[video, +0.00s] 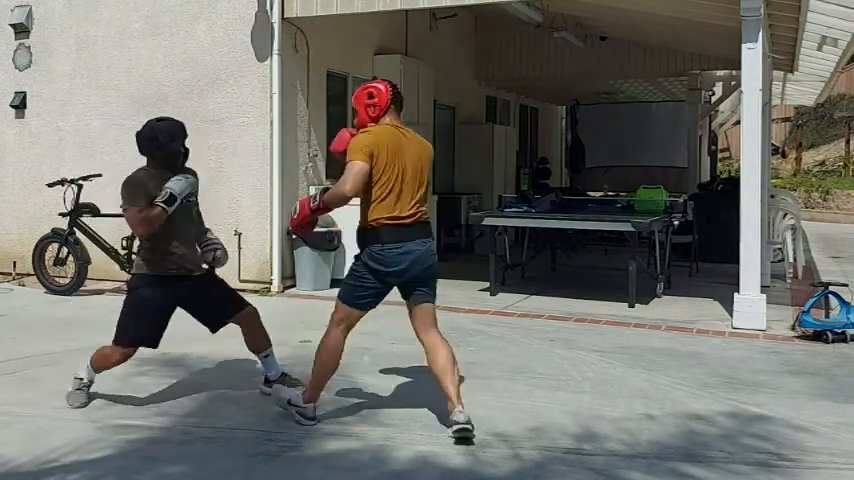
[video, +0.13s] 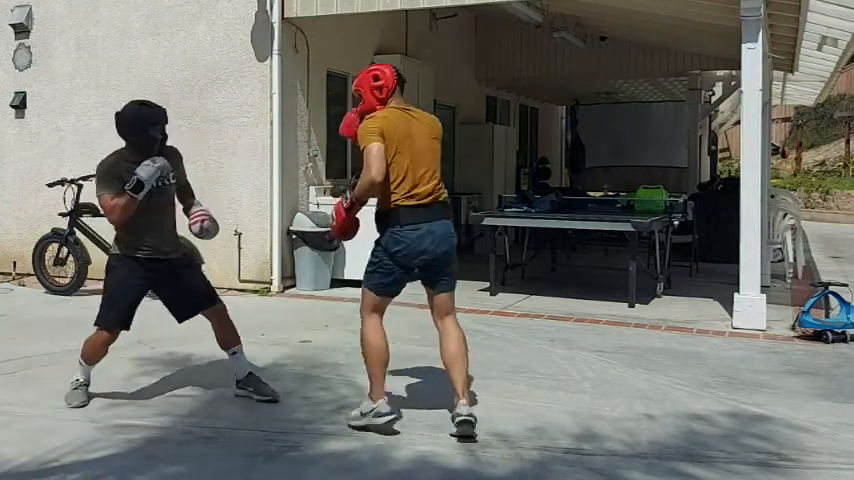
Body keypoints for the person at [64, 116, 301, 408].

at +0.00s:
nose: (186, 149)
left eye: (184, 143)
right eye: (179, 144)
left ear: (174, 148)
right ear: (160, 148)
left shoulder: (188, 178)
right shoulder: (136, 183)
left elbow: (195, 223)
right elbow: (142, 227)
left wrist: (211, 242)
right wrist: (169, 199)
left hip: (194, 276)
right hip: (153, 279)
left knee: (248, 316)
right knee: (122, 350)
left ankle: (274, 375)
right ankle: (84, 376)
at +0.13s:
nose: (164, 134)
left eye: (163, 127)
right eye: (157, 129)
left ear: (160, 129)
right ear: (137, 134)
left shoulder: (170, 156)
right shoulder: (110, 168)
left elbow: (187, 198)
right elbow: (115, 216)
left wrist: (199, 216)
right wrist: (138, 183)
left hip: (173, 257)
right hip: (130, 260)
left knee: (217, 311)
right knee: (107, 332)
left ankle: (244, 374)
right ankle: (81, 378)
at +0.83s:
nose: (177, 125)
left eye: (178, 120)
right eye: (173, 120)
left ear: (170, 123)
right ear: (153, 122)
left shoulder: (174, 150)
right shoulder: (117, 149)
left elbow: (187, 200)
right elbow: (140, 191)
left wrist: (196, 183)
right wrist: (155, 155)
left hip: (162, 247)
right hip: (119, 245)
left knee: (195, 306)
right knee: (96, 320)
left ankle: (203, 377)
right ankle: (80, 379)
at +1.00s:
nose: (171, 131)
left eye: (171, 126)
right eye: (167, 125)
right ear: (149, 120)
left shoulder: (163, 157)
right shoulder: (120, 147)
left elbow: (170, 204)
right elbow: (166, 155)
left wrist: (173, 225)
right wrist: (160, 123)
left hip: (162, 255)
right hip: (120, 253)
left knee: (199, 311)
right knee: (101, 333)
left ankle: (199, 379)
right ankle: (78, 372)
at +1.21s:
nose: (126, 118)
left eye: (130, 112)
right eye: (119, 111)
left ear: (136, 113)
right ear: (105, 112)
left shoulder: (138, 142)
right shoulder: (84, 140)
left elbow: (141, 187)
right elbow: (129, 169)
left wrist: (131, 212)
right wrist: (119, 134)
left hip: (129, 236)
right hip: (87, 236)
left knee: (160, 304)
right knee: (85, 315)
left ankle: (177, 374)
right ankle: (74, 377)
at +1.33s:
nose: (116, 104)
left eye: (120, 98)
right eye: (108, 98)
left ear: (123, 98)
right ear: (89, 98)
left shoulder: (130, 125)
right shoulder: (70, 131)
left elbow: (131, 172)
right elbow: (99, 163)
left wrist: (116, 206)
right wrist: (93, 123)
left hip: (118, 227)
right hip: (74, 227)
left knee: (140, 294)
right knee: (70, 300)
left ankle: (149, 368)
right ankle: (66, 374)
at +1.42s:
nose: (98, 100)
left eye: (104, 94)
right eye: (92, 93)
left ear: (111, 97)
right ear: (78, 93)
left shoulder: (119, 125)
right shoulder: (62, 126)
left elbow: (125, 173)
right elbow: (66, 172)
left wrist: (102, 205)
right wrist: (74, 124)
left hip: (111, 228)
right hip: (66, 226)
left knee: (129, 295)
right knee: (55, 298)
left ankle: (133, 362)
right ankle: (56, 361)